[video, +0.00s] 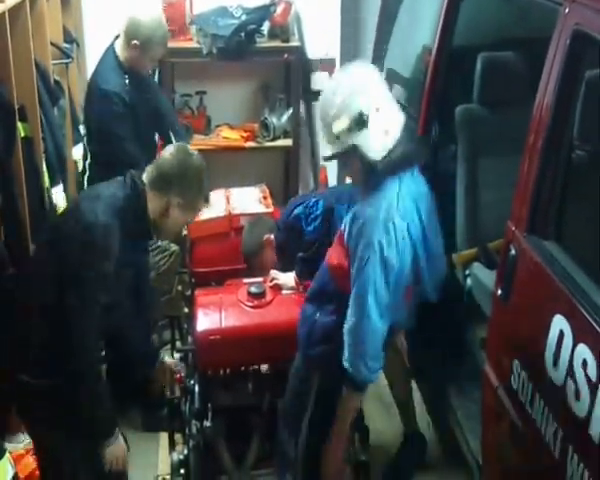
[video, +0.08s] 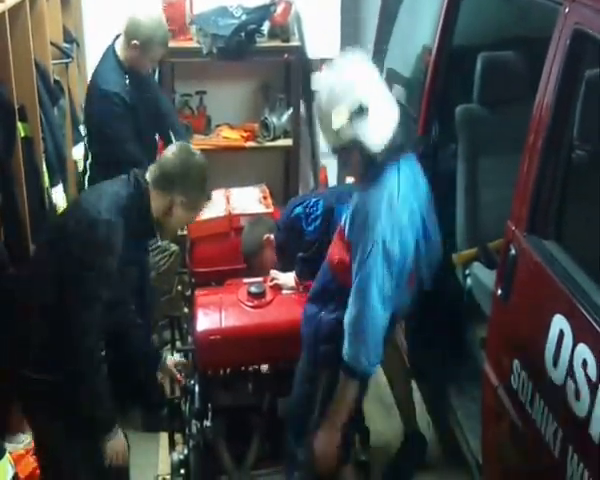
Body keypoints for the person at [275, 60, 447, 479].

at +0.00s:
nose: (339, 162)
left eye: (342, 150)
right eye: (337, 151)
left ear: (358, 147)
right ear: (387, 127)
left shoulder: (378, 221)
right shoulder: (409, 181)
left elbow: (365, 345)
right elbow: (432, 280)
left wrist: (338, 442)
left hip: (333, 346)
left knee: (304, 442)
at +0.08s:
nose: (337, 153)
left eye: (341, 143)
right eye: (335, 143)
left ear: (356, 135)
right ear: (377, 120)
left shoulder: (380, 213)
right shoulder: (404, 169)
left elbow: (367, 324)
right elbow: (428, 254)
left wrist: (334, 424)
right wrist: (391, 310)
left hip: (338, 328)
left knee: (311, 435)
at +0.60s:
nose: (334, 152)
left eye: (343, 139)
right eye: (326, 139)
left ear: (367, 130)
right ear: (317, 135)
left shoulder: (399, 191)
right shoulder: (325, 190)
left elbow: (406, 312)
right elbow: (304, 290)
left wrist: (367, 433)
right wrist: (264, 368)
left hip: (395, 348)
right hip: (345, 351)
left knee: (394, 464)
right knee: (339, 455)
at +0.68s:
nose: (340, 141)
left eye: (348, 128)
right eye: (331, 129)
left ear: (373, 115)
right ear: (320, 124)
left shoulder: (410, 174)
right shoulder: (327, 183)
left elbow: (422, 292)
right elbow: (310, 284)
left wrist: (402, 415)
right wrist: (283, 367)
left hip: (398, 352)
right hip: (341, 355)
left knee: (388, 462)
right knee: (336, 457)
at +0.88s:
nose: (350, 154)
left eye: (363, 141)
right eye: (342, 141)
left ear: (389, 141)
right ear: (335, 144)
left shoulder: (425, 212)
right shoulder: (339, 203)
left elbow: (454, 320)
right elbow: (333, 291)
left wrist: (458, 451)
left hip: (393, 398)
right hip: (330, 386)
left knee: (384, 471)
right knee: (310, 468)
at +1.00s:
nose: (337, 178)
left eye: (348, 170)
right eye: (334, 168)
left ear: (381, 159)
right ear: (334, 164)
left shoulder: (426, 214)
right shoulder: (340, 207)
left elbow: (449, 346)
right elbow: (334, 297)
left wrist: (439, 460)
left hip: (391, 400)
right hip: (332, 391)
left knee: (378, 472)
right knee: (318, 472)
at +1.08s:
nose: (346, 177)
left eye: (353, 166)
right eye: (341, 167)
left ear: (378, 145)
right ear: (332, 150)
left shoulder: (426, 198)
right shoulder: (344, 190)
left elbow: (444, 320)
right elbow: (332, 294)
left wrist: (418, 431)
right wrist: (309, 378)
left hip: (396, 383)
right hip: (338, 376)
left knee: (385, 468)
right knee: (325, 467)